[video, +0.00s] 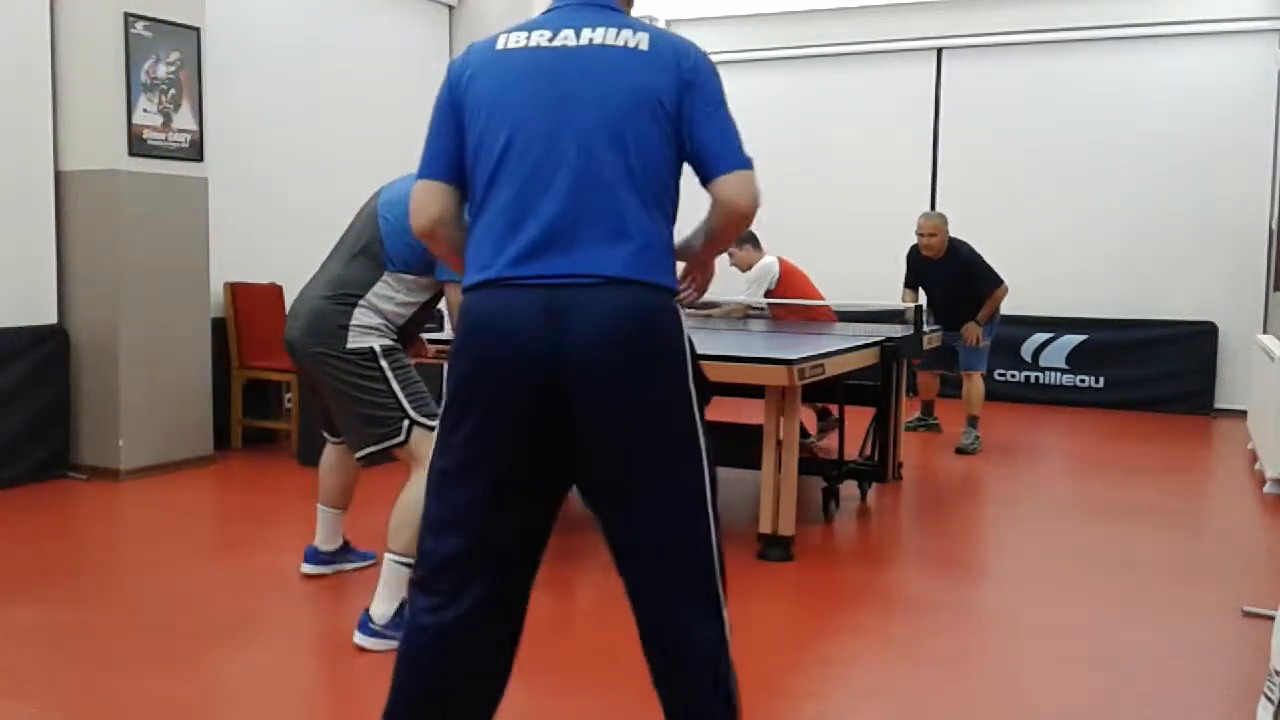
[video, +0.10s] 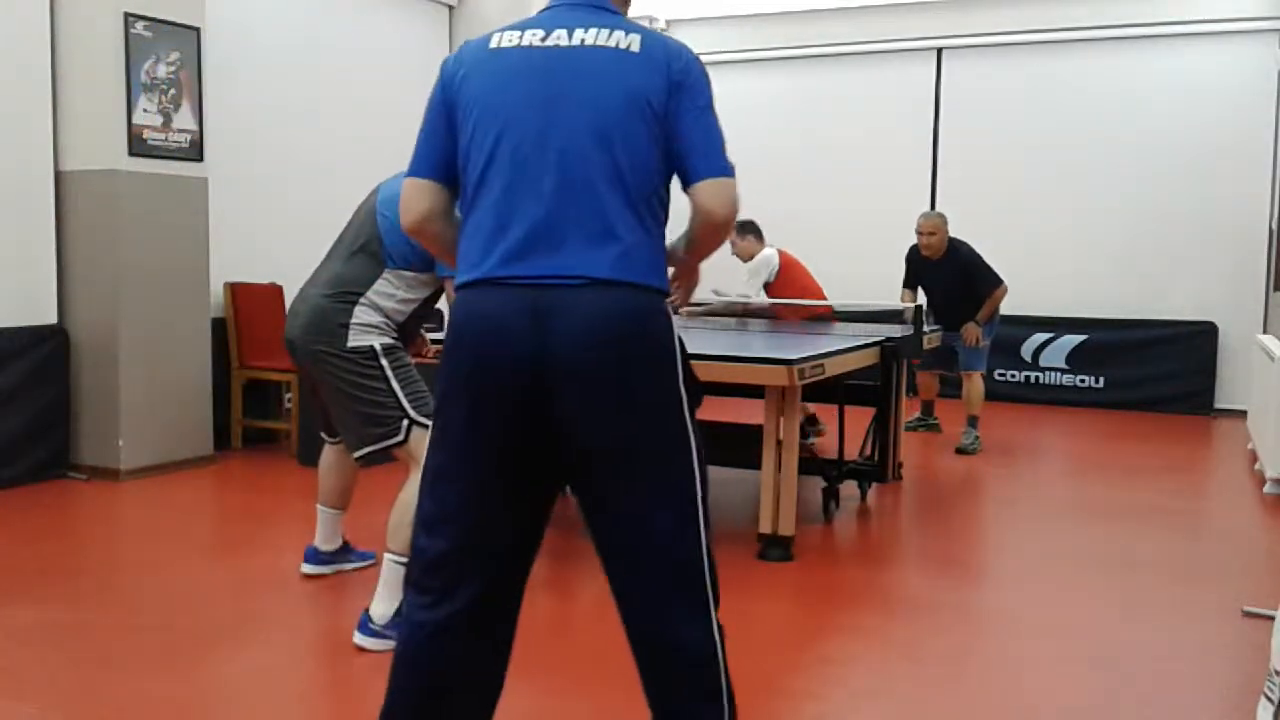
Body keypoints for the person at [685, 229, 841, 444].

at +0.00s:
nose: (731, 262)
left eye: (732, 254)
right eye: (729, 256)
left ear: (748, 249)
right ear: (752, 250)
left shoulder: (766, 266)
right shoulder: (773, 265)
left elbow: (740, 310)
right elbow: (745, 308)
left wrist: (700, 314)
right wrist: (703, 310)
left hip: (813, 332)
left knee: (774, 377)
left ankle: (798, 432)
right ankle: (822, 413)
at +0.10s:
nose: (732, 251)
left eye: (734, 244)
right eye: (731, 245)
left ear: (751, 239)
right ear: (755, 240)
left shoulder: (766, 258)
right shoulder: (772, 256)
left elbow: (741, 302)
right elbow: (746, 301)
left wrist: (697, 311)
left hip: (809, 322)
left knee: (772, 368)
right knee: (771, 364)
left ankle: (805, 420)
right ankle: (806, 418)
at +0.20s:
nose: (739, 237)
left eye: (740, 229)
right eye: (738, 231)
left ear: (756, 224)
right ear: (760, 225)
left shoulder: (771, 242)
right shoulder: (783, 245)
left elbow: (738, 279)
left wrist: (691, 287)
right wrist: (757, 290)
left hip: (802, 317)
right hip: (819, 315)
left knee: (773, 368)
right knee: (775, 368)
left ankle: (798, 433)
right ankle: (798, 432)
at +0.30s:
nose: (745, 219)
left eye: (747, 212)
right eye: (744, 213)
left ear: (764, 209)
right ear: (768, 211)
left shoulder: (773, 227)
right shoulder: (784, 232)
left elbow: (741, 249)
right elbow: (782, 281)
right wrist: (753, 271)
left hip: (804, 314)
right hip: (808, 312)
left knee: (781, 376)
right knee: (781, 375)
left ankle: (801, 435)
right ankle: (799, 434)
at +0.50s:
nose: (752, 198)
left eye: (757, 193)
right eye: (754, 193)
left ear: (774, 196)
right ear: (777, 197)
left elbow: (735, 226)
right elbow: (787, 277)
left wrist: (700, 205)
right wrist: (752, 279)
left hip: (795, 306)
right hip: (805, 304)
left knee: (782, 374)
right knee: (784, 375)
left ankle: (801, 435)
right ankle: (799, 434)